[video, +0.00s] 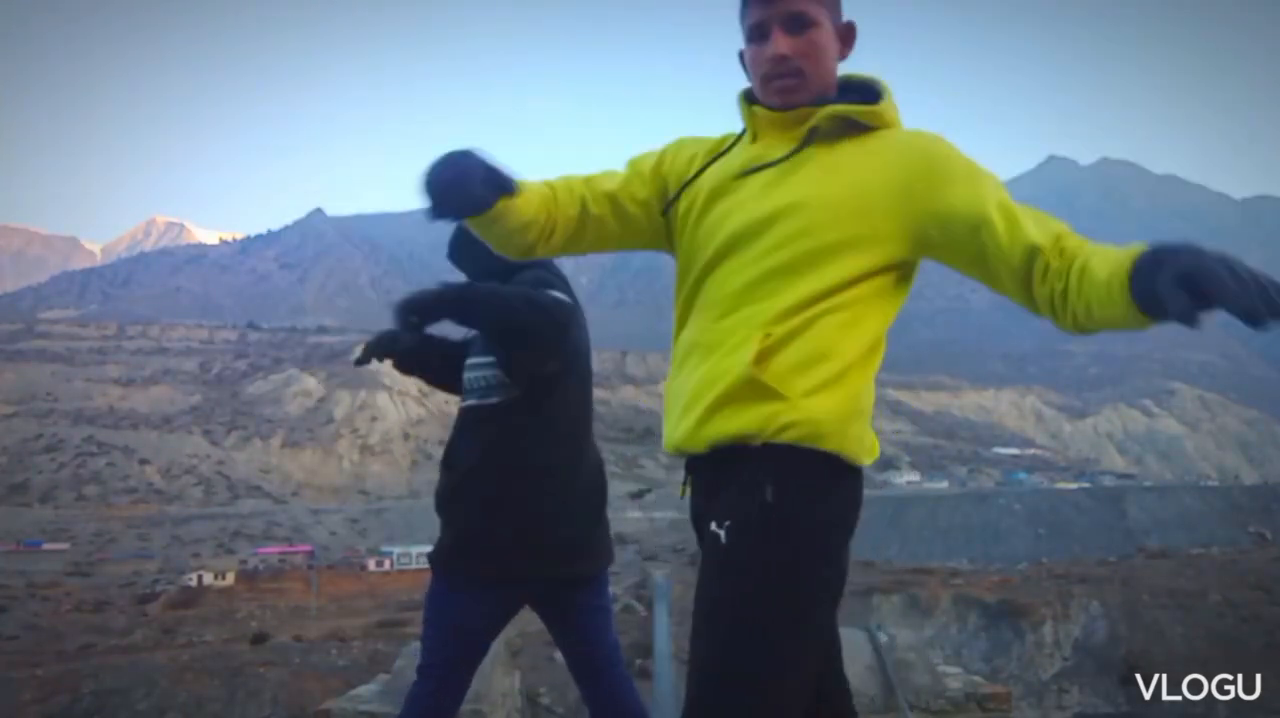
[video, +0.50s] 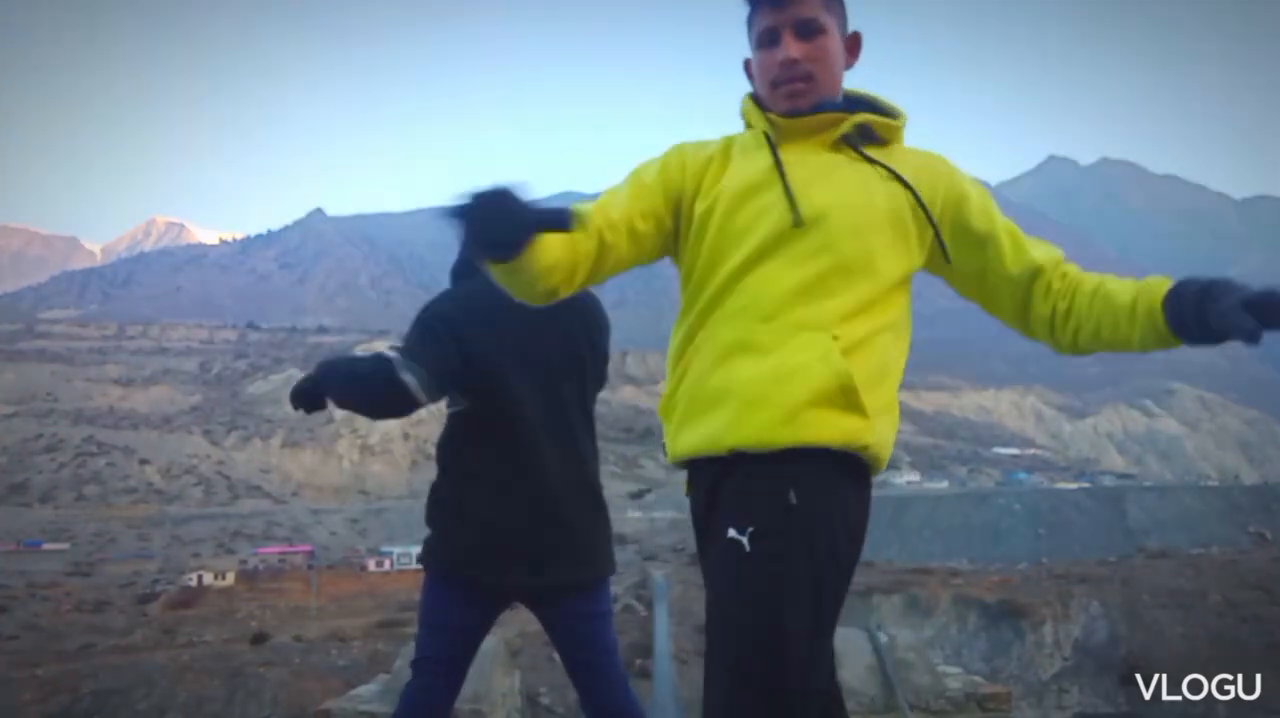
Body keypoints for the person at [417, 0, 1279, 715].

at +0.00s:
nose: (778, 46)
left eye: (799, 27)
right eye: (761, 31)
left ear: (842, 39)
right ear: (741, 48)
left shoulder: (903, 161)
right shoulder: (698, 167)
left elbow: (1045, 263)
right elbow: (581, 212)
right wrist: (493, 203)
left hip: (801, 456)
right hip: (712, 458)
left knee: (728, 692)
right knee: (804, 691)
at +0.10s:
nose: (807, 50)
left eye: (824, 31)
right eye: (785, 34)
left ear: (857, 46)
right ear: (759, 54)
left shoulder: (908, 187)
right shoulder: (703, 149)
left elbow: (983, 314)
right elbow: (578, 211)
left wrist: (1113, 345)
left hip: (829, 441)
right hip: (720, 438)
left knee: (735, 681)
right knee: (800, 681)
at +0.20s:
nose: (816, 50)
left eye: (834, 30)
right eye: (794, 35)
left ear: (865, 50)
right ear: (766, 60)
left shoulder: (887, 181)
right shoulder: (718, 128)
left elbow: (913, 321)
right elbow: (708, 199)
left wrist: (1030, 364)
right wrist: (905, 196)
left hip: (839, 455)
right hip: (743, 454)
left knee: (752, 687)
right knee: (796, 684)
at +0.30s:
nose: (815, 50)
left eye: (832, 30)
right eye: (792, 36)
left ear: (863, 49)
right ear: (764, 60)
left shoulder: (889, 181)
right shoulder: (717, 126)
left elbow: (914, 324)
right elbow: (727, 208)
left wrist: (1033, 365)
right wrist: (925, 214)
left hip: (843, 454)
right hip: (745, 452)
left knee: (767, 681)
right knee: (791, 682)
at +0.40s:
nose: (802, 52)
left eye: (820, 32)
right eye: (781, 39)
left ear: (856, 47)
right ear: (757, 61)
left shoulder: (905, 185)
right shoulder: (712, 144)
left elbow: (976, 320)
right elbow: (624, 233)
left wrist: (1108, 350)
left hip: (838, 449)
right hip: (729, 446)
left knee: (764, 684)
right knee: (793, 683)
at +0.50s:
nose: (786, 52)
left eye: (806, 33)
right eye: (769, 38)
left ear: (849, 47)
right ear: (747, 59)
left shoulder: (911, 177)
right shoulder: (698, 168)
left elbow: (1048, 293)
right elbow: (570, 258)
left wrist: (1182, 307)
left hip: (825, 444)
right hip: (718, 445)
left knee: (751, 680)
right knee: (787, 683)